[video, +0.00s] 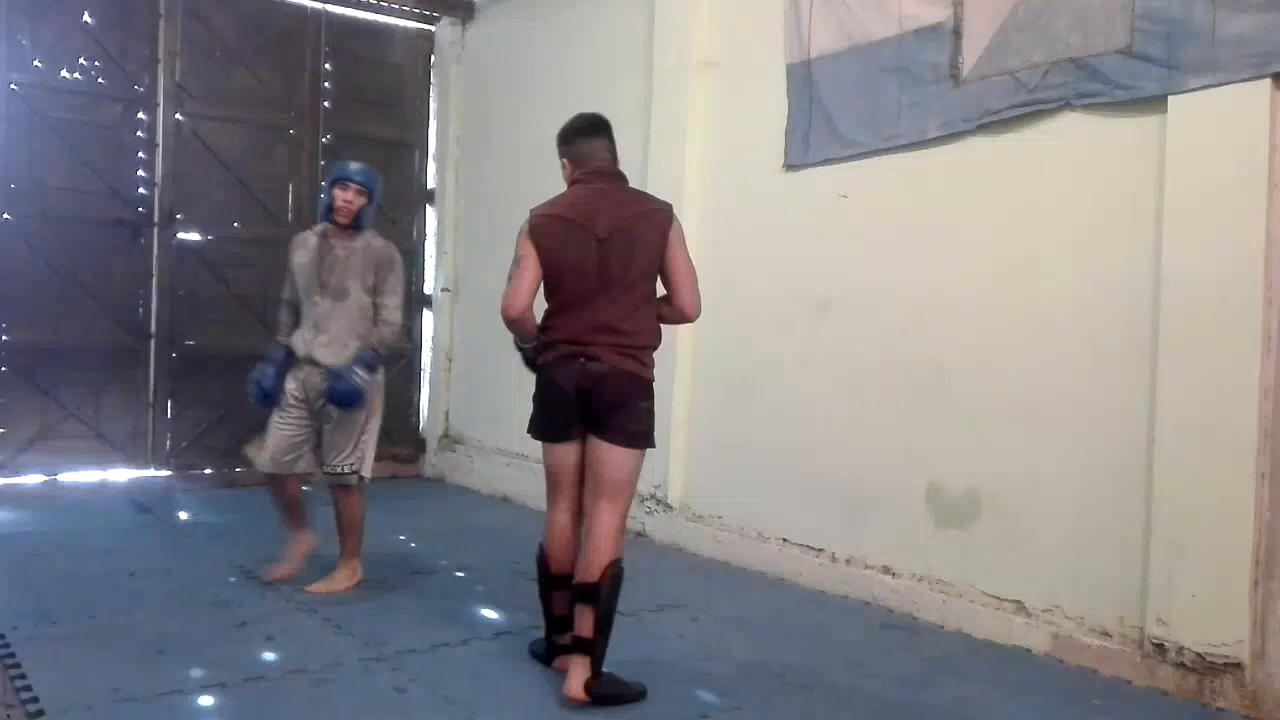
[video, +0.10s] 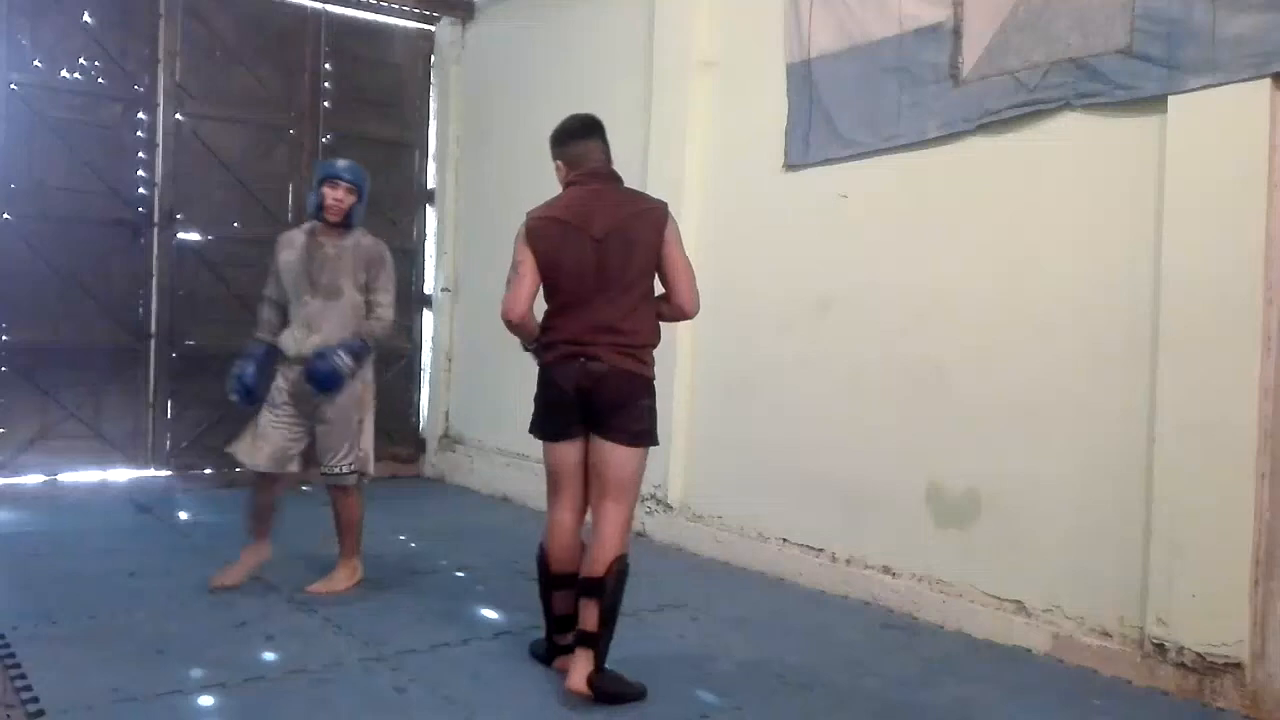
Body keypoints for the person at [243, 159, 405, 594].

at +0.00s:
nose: (347, 199)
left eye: (357, 193)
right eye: (341, 188)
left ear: (368, 202)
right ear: (328, 193)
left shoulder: (382, 254)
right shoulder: (303, 245)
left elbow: (390, 324)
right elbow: (290, 311)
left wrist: (361, 367)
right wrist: (276, 361)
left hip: (352, 379)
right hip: (302, 373)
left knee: (343, 473)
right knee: (275, 461)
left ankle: (349, 567)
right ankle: (299, 536)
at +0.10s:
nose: (338, 197)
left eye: (348, 191)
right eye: (331, 187)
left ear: (357, 200)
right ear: (318, 191)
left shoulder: (372, 251)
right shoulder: (290, 243)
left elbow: (382, 317)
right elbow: (272, 308)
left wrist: (347, 355)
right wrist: (256, 358)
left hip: (344, 376)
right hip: (290, 371)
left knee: (341, 472)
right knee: (267, 461)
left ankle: (349, 563)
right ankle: (257, 547)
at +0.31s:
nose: (305, 206)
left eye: (313, 199)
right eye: (297, 196)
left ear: (321, 209)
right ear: (279, 199)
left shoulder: (334, 259)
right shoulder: (241, 254)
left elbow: (354, 320)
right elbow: (214, 319)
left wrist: (326, 349)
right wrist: (194, 370)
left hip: (308, 388)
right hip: (249, 386)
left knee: (317, 490)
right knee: (216, 483)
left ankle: (346, 565)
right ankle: (194, 573)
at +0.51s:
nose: (274, 188)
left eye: (282, 181)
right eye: (265, 178)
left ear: (289, 193)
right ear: (245, 182)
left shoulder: (293, 250)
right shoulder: (203, 233)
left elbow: (302, 306)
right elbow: (169, 294)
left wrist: (303, 336)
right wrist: (163, 352)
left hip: (267, 372)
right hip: (202, 368)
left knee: (292, 467)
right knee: (189, 475)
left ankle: (321, 552)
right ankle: (186, 572)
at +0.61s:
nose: (270, 169)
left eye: (276, 162)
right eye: (260, 160)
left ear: (281, 173)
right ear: (237, 163)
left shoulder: (282, 228)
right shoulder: (195, 210)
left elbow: (283, 281)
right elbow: (151, 262)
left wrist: (285, 307)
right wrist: (150, 322)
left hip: (258, 351)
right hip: (196, 350)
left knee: (282, 449)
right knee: (188, 466)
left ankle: (279, 533)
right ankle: (176, 564)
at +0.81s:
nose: (251, 196)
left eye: (255, 188)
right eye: (241, 186)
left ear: (258, 198)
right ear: (215, 190)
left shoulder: (253, 250)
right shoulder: (182, 239)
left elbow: (262, 305)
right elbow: (112, 283)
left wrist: (270, 329)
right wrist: (128, 345)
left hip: (236, 383)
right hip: (181, 381)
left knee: (253, 472)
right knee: (175, 488)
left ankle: (209, 549)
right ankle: (158, 580)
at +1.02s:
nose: (251, 166)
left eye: (254, 159)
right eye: (241, 157)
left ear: (255, 169)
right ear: (215, 161)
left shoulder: (245, 221)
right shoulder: (179, 204)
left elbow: (230, 280)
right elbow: (136, 265)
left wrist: (254, 299)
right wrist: (192, 305)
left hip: (236, 350)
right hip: (186, 351)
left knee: (219, 459)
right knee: (175, 461)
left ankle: (191, 546)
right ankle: (152, 564)